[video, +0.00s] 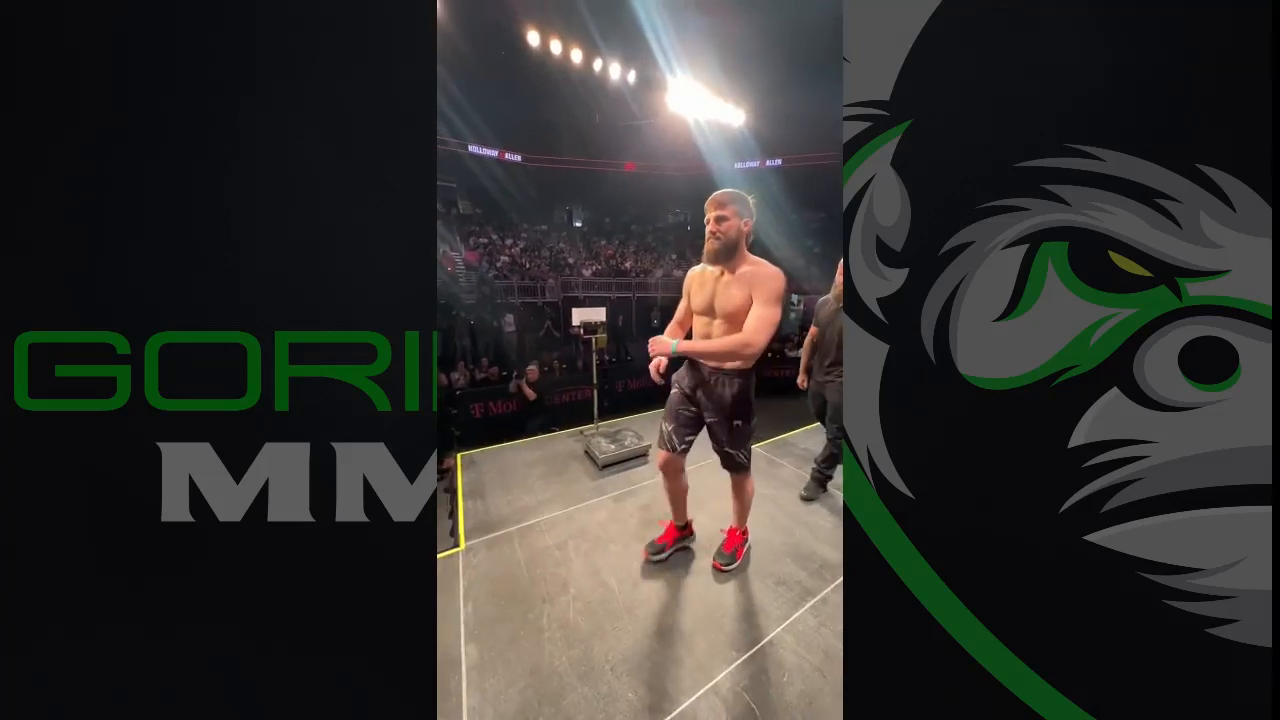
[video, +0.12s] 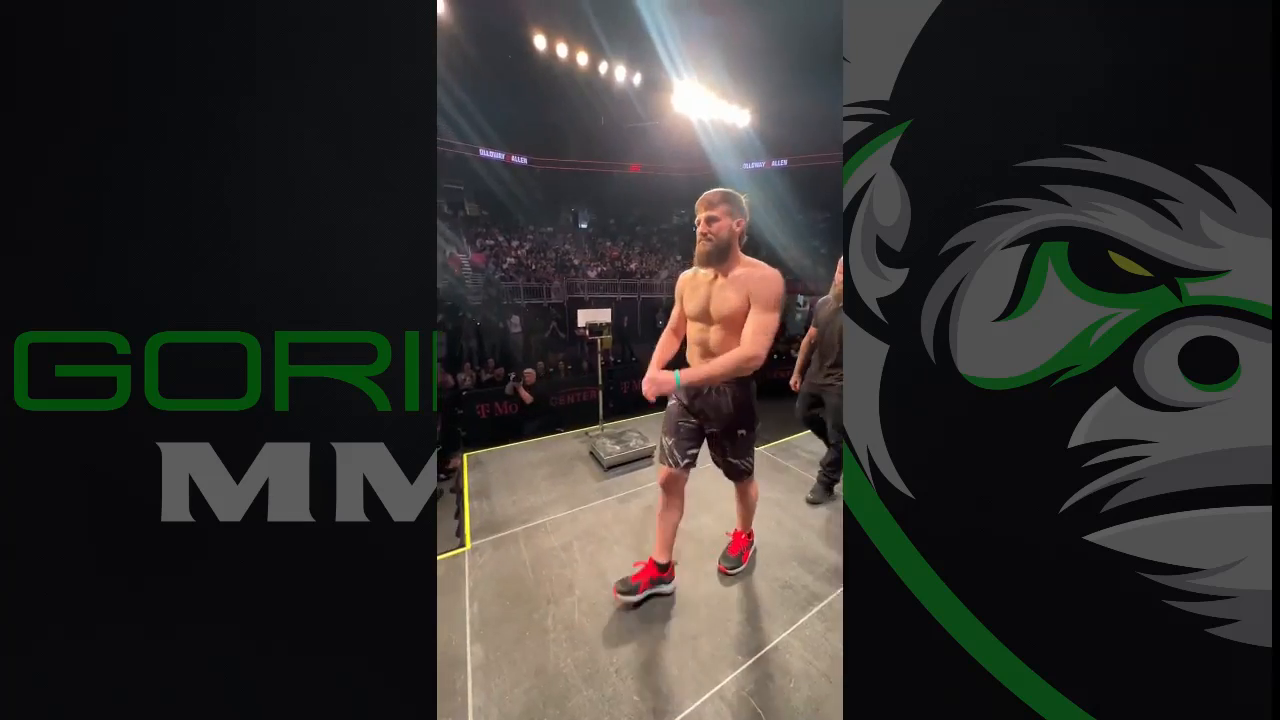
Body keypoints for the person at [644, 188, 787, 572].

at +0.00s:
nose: (710, 227)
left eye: (721, 220)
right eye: (708, 221)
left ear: (747, 226)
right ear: (706, 228)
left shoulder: (767, 277)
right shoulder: (696, 275)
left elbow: (749, 347)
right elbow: (678, 325)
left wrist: (679, 346)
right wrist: (663, 352)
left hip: (731, 383)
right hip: (690, 377)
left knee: (737, 469)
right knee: (668, 460)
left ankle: (738, 532)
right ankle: (680, 526)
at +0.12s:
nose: (702, 229)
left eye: (712, 220)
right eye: (698, 222)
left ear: (739, 225)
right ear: (695, 229)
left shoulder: (764, 279)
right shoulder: (687, 280)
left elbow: (752, 355)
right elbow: (674, 332)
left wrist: (678, 378)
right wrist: (655, 369)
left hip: (733, 394)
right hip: (687, 390)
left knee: (742, 476)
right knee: (669, 478)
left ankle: (743, 535)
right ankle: (661, 566)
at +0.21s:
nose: (693, 231)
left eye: (703, 222)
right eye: (689, 225)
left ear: (731, 226)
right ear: (688, 232)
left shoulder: (760, 281)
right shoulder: (680, 286)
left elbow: (755, 360)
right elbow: (667, 341)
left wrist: (701, 413)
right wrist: (647, 387)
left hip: (730, 399)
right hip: (683, 396)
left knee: (743, 482)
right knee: (665, 493)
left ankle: (750, 537)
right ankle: (659, 585)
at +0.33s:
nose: (677, 230)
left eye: (687, 220)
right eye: (673, 223)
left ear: (718, 225)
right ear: (673, 231)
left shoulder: (755, 279)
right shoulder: (668, 293)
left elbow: (781, 357)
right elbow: (656, 356)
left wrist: (765, 436)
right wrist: (643, 412)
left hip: (729, 410)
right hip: (676, 404)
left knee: (741, 503)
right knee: (661, 508)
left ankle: (765, 540)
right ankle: (668, 596)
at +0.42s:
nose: (671, 224)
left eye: (682, 213)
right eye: (668, 217)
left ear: (715, 218)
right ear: (669, 226)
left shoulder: (758, 271)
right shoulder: (666, 291)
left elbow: (804, 346)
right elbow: (656, 356)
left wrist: (806, 425)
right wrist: (648, 416)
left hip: (730, 411)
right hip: (677, 404)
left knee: (738, 529)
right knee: (669, 507)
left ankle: (773, 546)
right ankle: (681, 601)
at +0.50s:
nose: (672, 220)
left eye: (682, 209)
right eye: (669, 214)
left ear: (716, 213)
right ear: (670, 224)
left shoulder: (763, 268)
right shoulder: (668, 291)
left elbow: (824, 337)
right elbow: (658, 357)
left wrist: (834, 422)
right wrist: (651, 420)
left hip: (733, 417)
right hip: (680, 411)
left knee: (735, 559)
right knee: (684, 516)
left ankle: (777, 566)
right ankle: (695, 607)